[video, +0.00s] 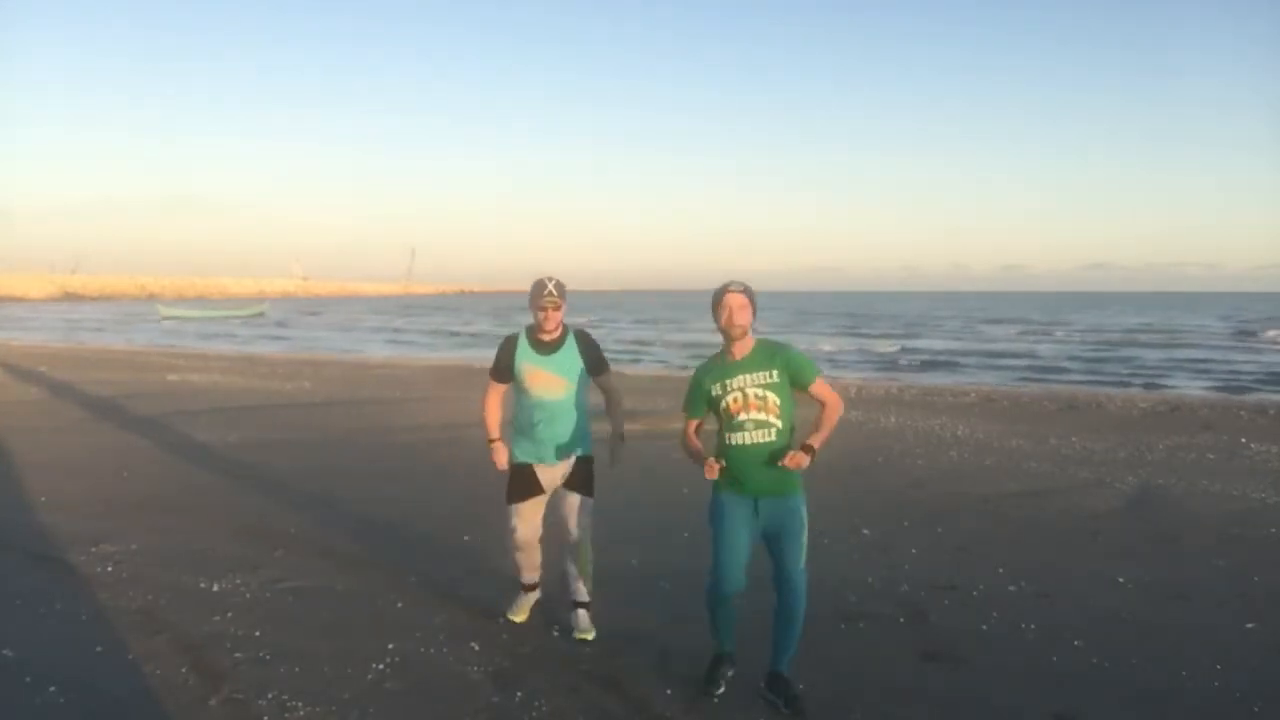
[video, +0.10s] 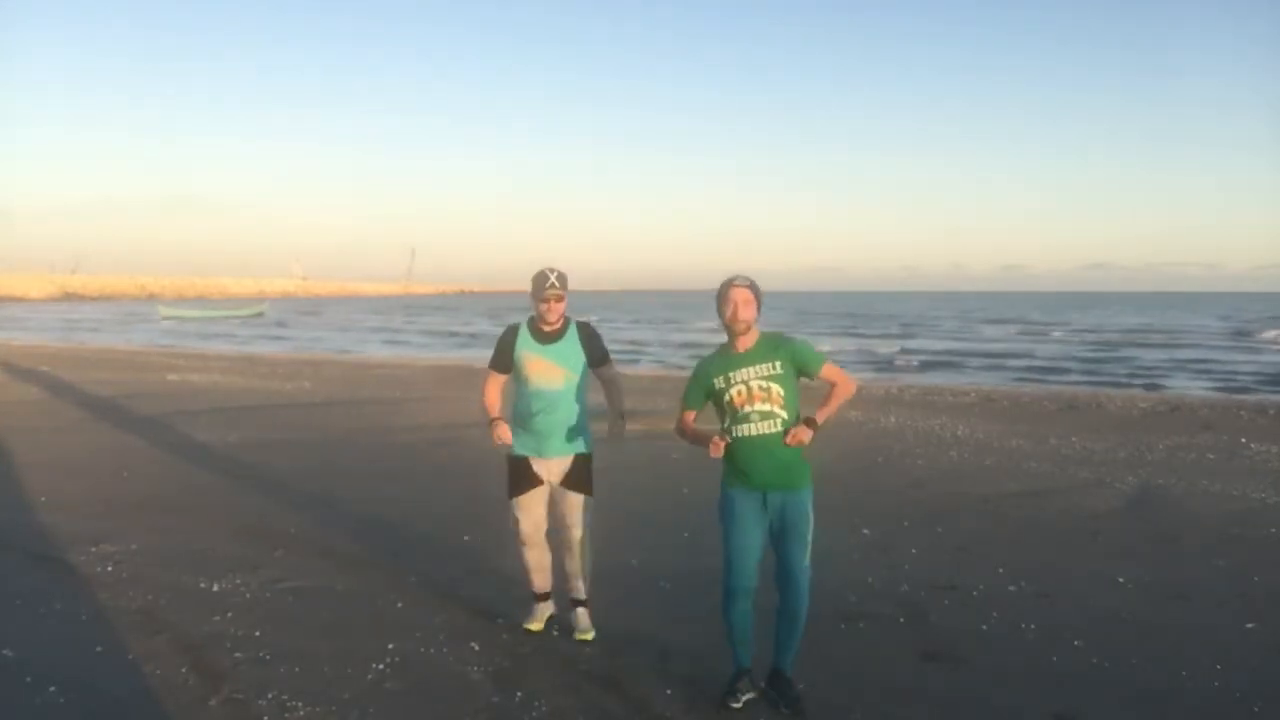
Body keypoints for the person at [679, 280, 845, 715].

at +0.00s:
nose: (730, 315)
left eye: (739, 308)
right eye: (723, 309)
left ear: (753, 314)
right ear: (714, 317)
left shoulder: (784, 358)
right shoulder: (706, 375)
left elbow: (833, 403)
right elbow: (689, 432)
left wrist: (809, 448)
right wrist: (703, 459)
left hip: (783, 488)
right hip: (733, 490)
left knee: (793, 585)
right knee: (726, 584)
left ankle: (779, 674)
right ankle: (723, 655)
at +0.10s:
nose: (737, 310)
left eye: (744, 303)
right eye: (729, 304)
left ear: (758, 309)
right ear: (719, 312)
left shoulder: (788, 349)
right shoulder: (709, 368)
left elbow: (845, 383)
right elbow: (684, 423)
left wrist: (814, 422)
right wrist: (705, 441)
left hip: (792, 484)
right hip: (742, 486)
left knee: (796, 583)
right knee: (739, 583)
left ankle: (782, 675)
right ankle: (742, 675)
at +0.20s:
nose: (740, 313)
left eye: (748, 305)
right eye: (733, 305)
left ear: (762, 311)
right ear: (723, 313)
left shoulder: (790, 350)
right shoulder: (710, 368)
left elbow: (851, 378)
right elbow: (680, 426)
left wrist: (817, 410)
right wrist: (714, 428)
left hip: (797, 485)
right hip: (747, 488)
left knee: (797, 582)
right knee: (745, 583)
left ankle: (783, 675)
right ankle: (749, 680)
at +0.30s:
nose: (745, 315)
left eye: (753, 308)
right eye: (738, 308)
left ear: (766, 314)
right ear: (727, 316)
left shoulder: (794, 357)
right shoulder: (711, 371)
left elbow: (853, 392)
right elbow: (694, 435)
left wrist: (818, 411)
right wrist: (726, 422)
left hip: (798, 489)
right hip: (748, 491)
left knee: (799, 585)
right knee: (744, 585)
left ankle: (783, 675)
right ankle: (748, 680)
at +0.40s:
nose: (748, 318)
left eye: (755, 311)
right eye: (740, 311)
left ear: (769, 318)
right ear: (730, 319)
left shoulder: (796, 365)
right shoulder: (714, 374)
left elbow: (848, 414)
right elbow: (710, 445)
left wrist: (818, 419)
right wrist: (735, 429)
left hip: (798, 493)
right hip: (747, 495)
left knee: (800, 591)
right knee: (741, 590)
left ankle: (782, 675)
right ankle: (748, 680)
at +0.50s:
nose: (754, 326)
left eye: (761, 319)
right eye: (746, 319)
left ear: (773, 327)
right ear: (735, 328)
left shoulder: (793, 376)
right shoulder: (716, 378)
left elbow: (817, 452)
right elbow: (704, 448)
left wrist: (808, 423)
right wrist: (726, 429)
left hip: (795, 501)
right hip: (742, 501)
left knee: (801, 593)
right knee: (729, 590)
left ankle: (782, 675)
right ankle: (724, 667)